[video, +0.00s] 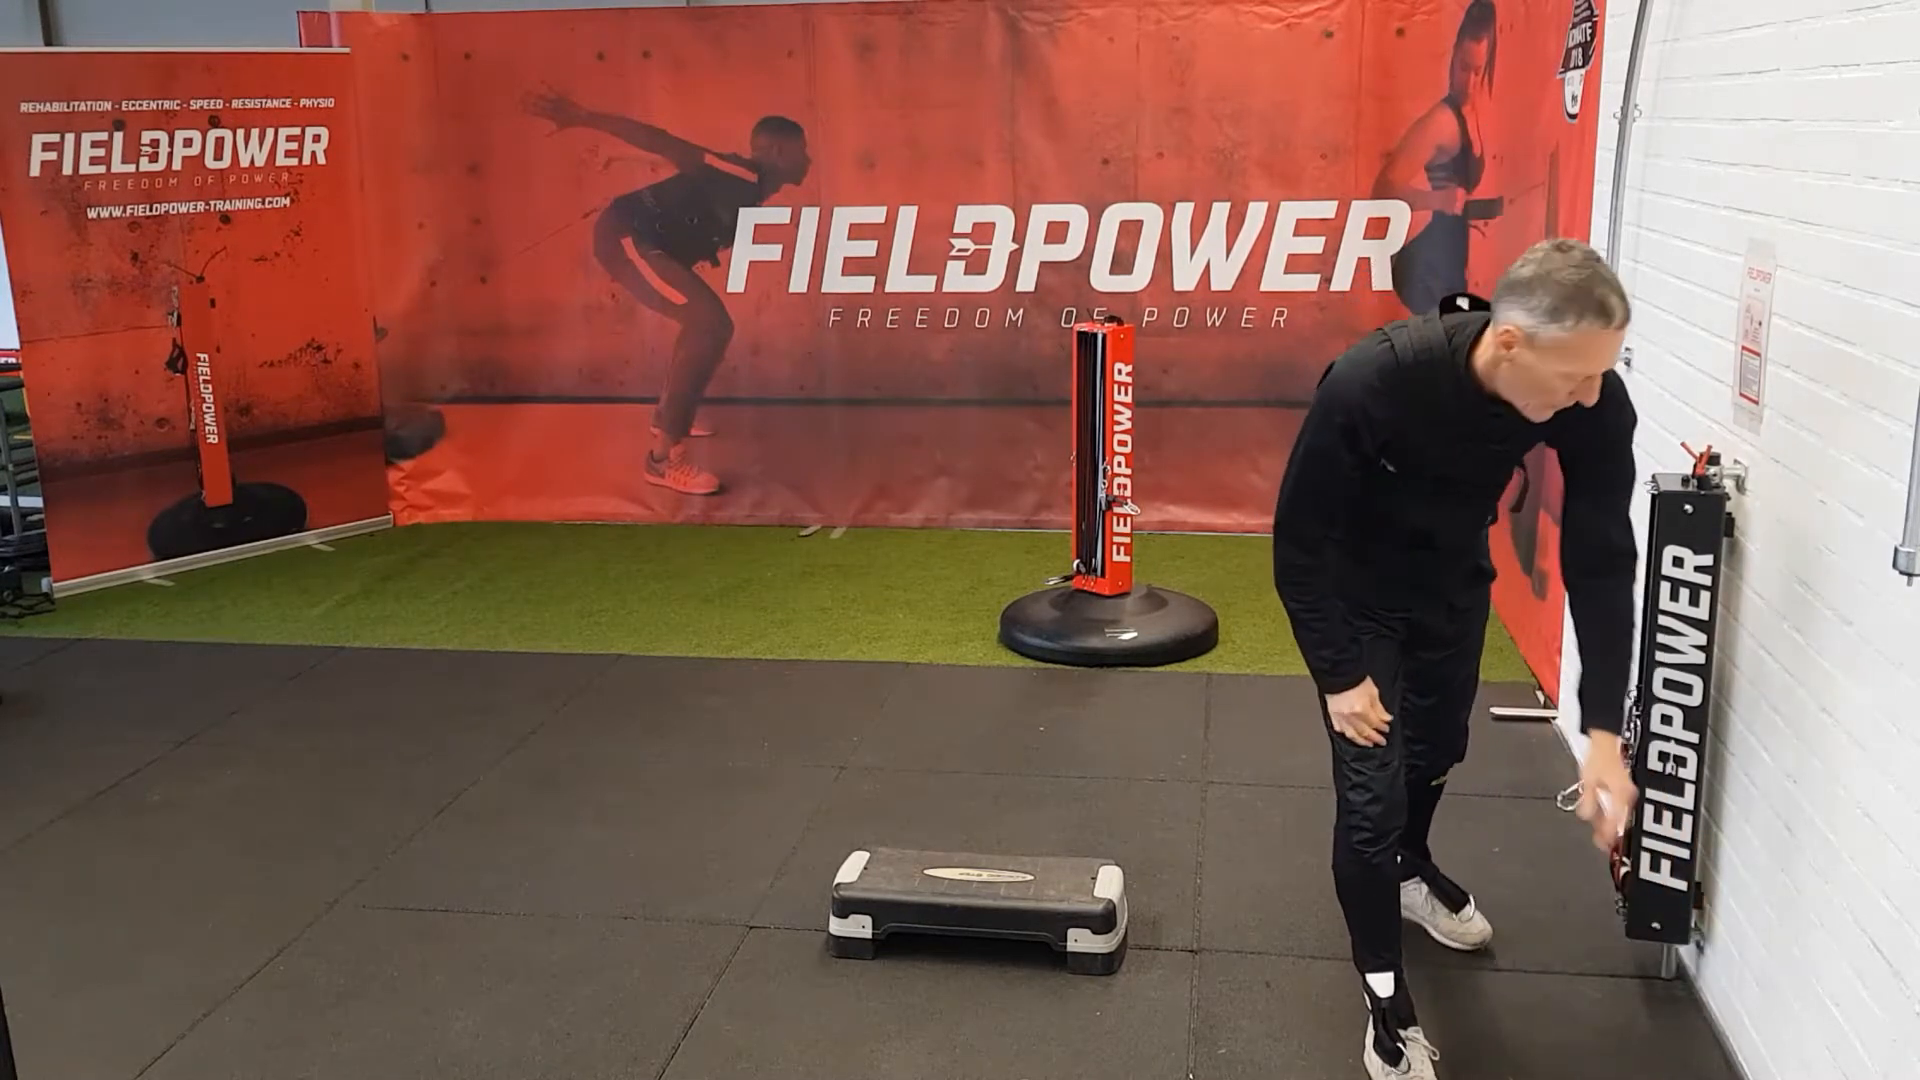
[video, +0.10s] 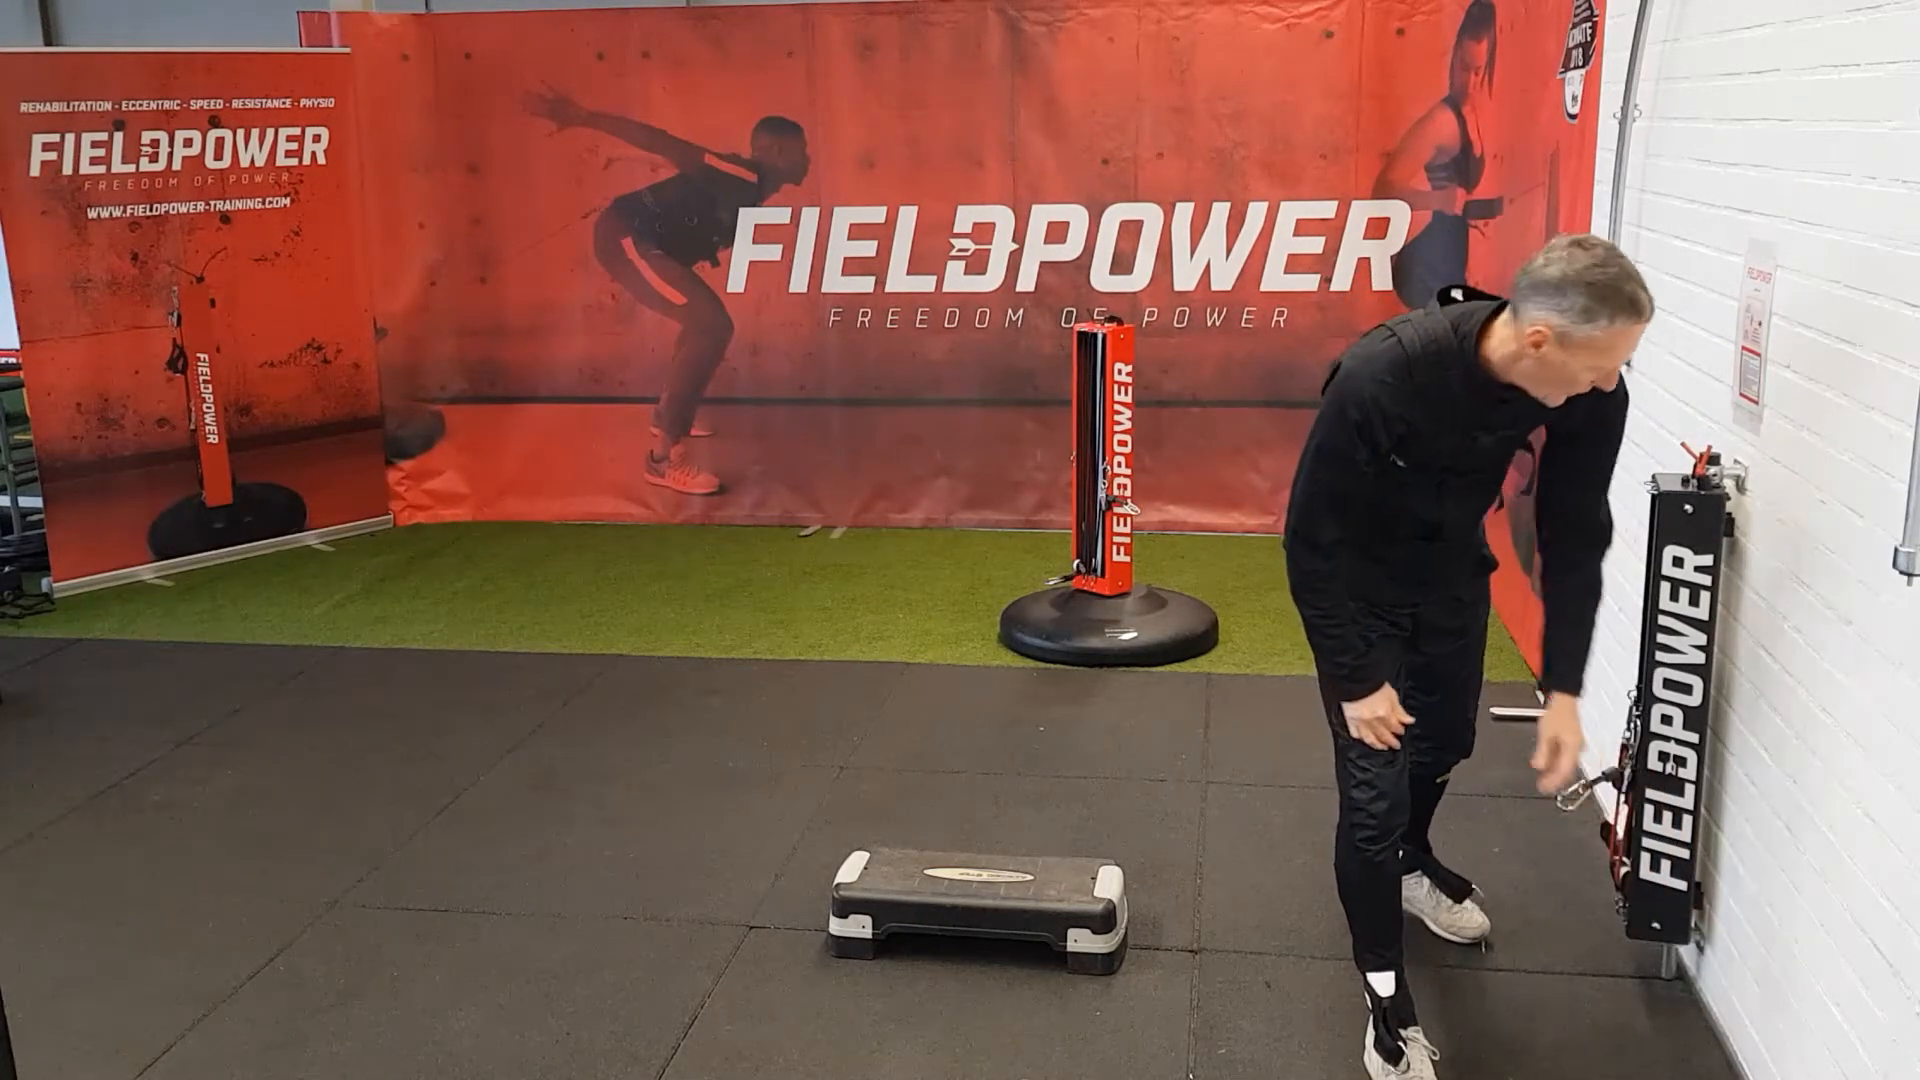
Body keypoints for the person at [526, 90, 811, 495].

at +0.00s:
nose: (807, 159)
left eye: (805, 150)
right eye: (801, 150)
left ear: (774, 151)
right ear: (772, 149)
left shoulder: (749, 187)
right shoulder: (737, 176)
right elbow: (659, 141)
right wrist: (581, 117)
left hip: (643, 236)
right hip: (627, 234)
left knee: (710, 322)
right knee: (712, 325)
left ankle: (670, 414)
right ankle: (666, 457)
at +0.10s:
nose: (807, 159)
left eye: (805, 150)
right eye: (800, 150)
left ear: (773, 151)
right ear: (771, 150)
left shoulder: (749, 187)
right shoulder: (735, 177)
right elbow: (662, 143)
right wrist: (584, 117)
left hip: (645, 236)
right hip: (626, 233)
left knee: (709, 321)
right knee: (713, 326)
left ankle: (670, 411)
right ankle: (665, 457)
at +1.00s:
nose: (807, 159)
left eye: (805, 150)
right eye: (800, 150)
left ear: (774, 151)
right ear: (772, 150)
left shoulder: (749, 188)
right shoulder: (735, 177)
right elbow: (662, 142)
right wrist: (584, 117)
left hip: (644, 236)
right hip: (626, 233)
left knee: (709, 321)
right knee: (713, 326)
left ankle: (670, 411)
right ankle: (665, 457)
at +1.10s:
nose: (807, 158)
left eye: (805, 150)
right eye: (800, 150)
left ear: (774, 151)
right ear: (771, 150)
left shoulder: (750, 189)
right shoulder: (736, 177)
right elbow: (663, 143)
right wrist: (585, 117)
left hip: (645, 236)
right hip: (626, 233)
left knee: (709, 321)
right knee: (713, 326)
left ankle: (671, 411)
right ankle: (665, 457)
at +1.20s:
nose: (807, 159)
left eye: (805, 150)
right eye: (801, 151)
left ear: (773, 151)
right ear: (772, 150)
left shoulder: (749, 187)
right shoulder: (736, 178)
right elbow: (663, 143)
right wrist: (584, 118)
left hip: (644, 236)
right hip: (626, 233)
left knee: (709, 321)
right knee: (713, 326)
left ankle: (671, 411)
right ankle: (665, 457)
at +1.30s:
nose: (807, 159)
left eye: (805, 150)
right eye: (800, 150)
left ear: (774, 151)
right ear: (772, 150)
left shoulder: (749, 188)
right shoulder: (735, 177)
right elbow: (662, 142)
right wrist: (584, 117)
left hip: (645, 236)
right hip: (626, 233)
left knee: (709, 321)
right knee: (713, 326)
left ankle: (671, 411)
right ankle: (665, 457)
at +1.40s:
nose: (807, 158)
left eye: (805, 150)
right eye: (800, 150)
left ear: (774, 151)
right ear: (770, 150)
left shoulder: (750, 190)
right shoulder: (735, 175)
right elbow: (660, 142)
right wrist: (584, 117)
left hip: (646, 238)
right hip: (626, 233)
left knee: (711, 322)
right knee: (712, 325)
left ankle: (671, 412)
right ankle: (665, 456)